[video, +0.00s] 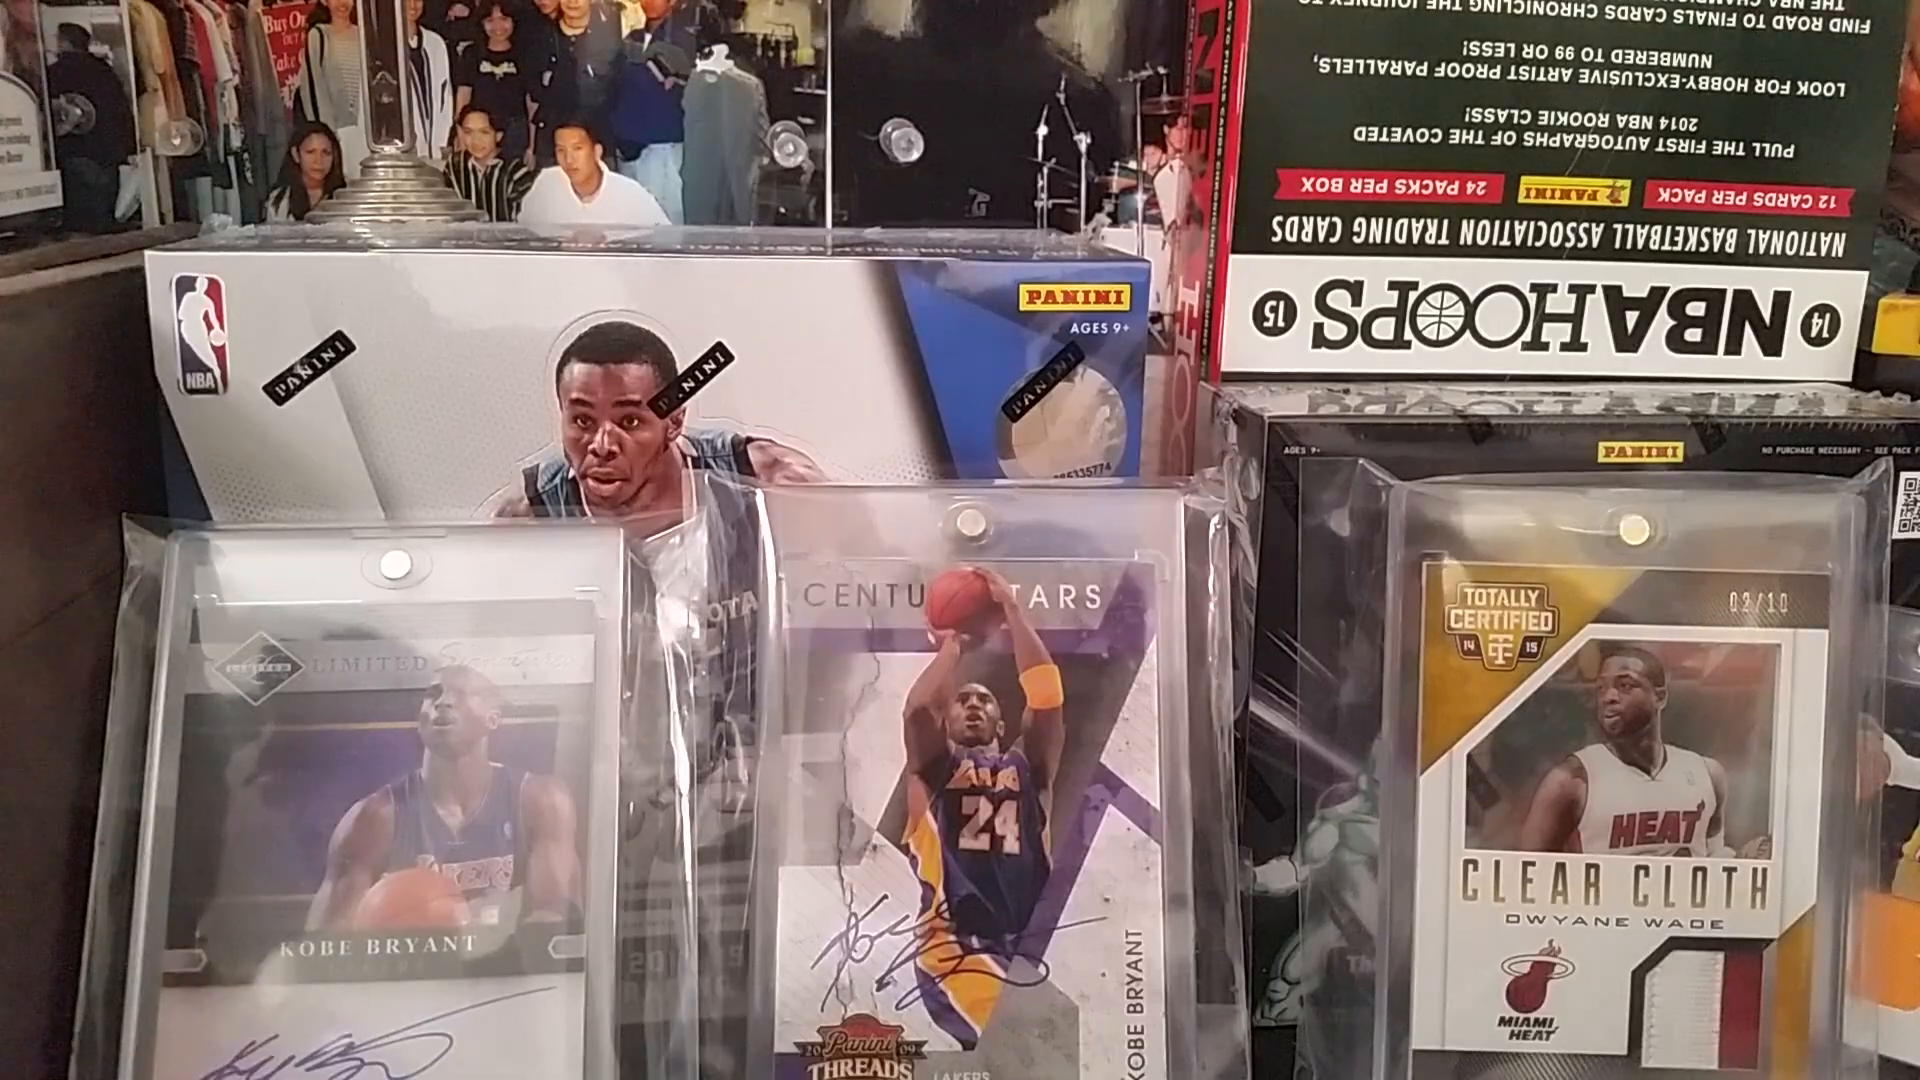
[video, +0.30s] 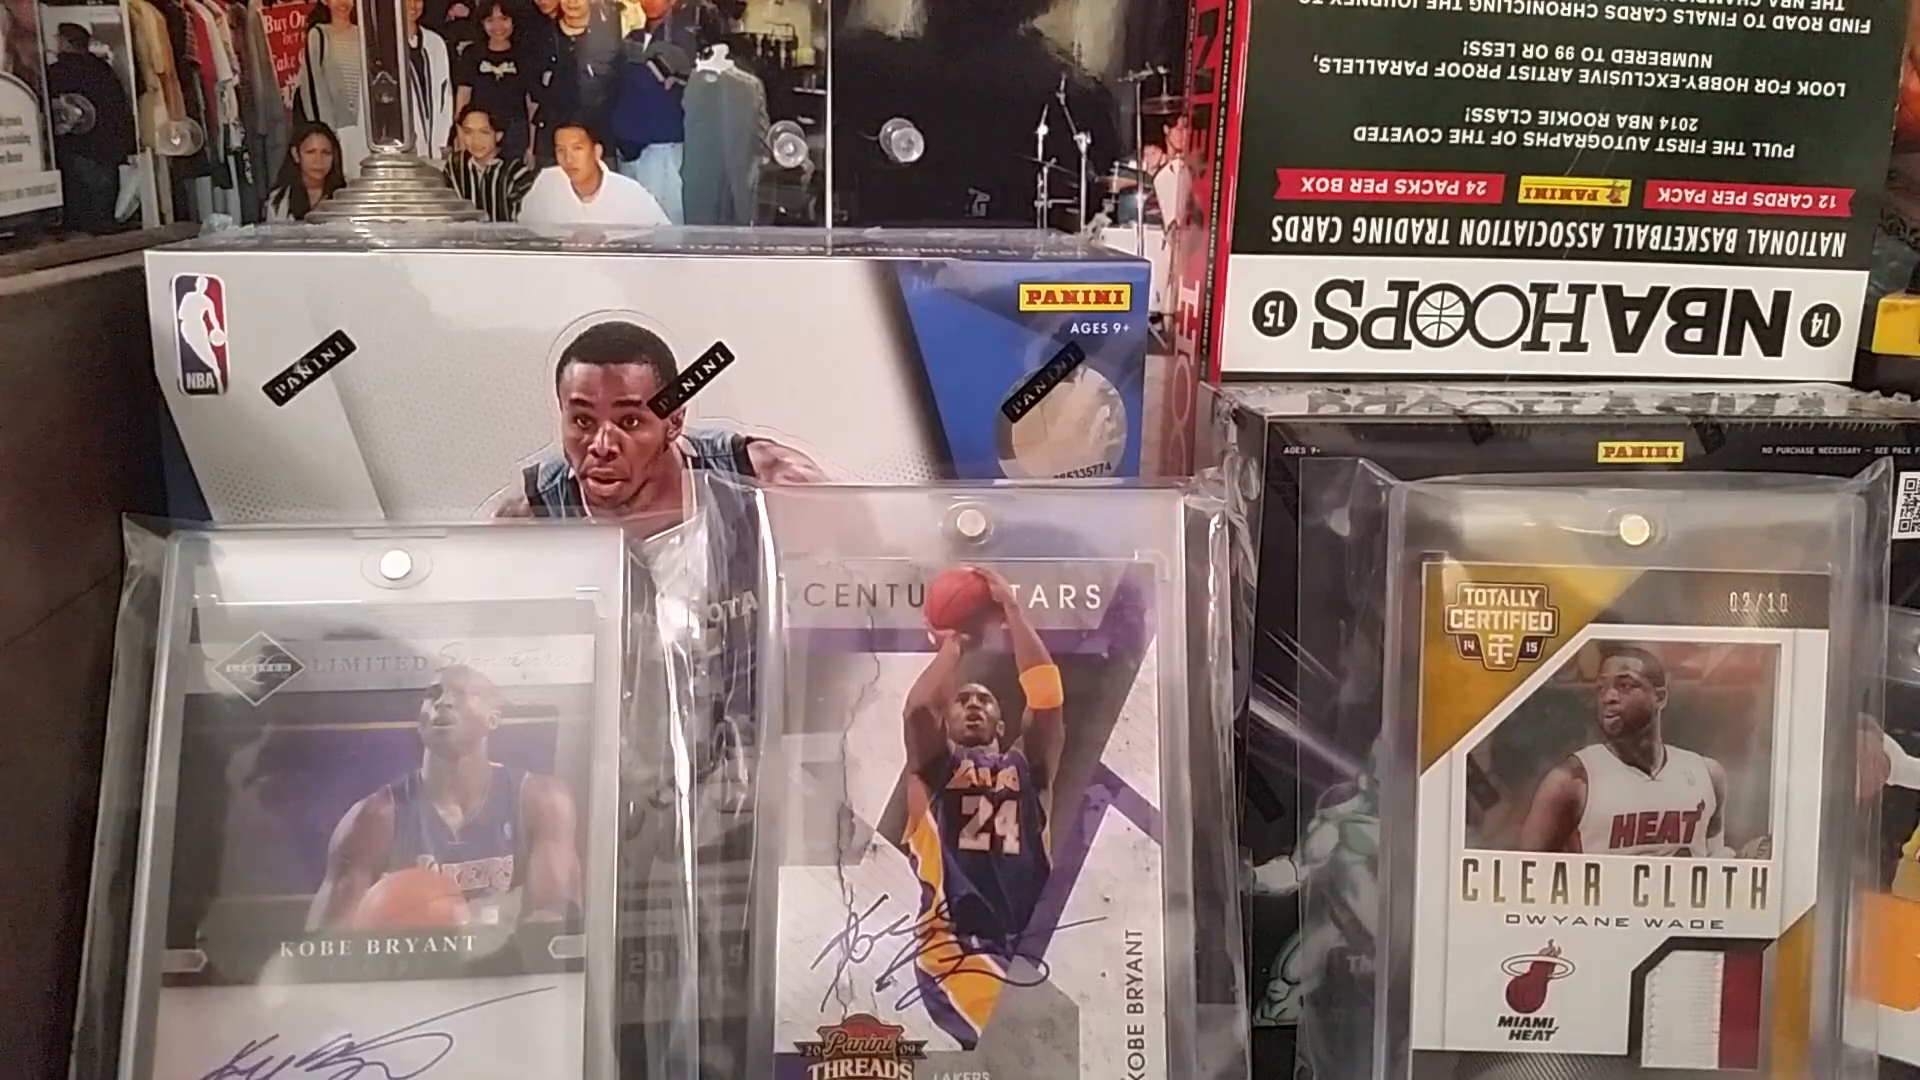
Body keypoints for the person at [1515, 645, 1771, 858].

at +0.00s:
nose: (1608, 697)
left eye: (1625, 685)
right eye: (1602, 688)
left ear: (1660, 698)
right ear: (1595, 697)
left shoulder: (1708, 777)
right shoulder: (1569, 782)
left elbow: (1715, 856)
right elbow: (1524, 879)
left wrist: (1746, 860)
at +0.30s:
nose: (1608, 697)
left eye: (1625, 685)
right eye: (1601, 688)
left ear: (1660, 698)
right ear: (1595, 697)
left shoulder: (1708, 776)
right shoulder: (1569, 783)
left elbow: (1715, 856)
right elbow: (1524, 879)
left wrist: (1745, 860)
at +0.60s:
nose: (1608, 697)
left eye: (1625, 685)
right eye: (1601, 688)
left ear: (1660, 698)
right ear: (1594, 697)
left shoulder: (1708, 776)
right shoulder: (1568, 783)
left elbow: (1715, 856)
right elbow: (1524, 878)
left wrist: (1747, 860)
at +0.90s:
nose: (1611, 697)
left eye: (1629, 685)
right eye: (1605, 688)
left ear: (1664, 697)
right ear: (1598, 697)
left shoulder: (1712, 776)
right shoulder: (1573, 782)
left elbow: (1719, 858)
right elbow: (1528, 878)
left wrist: (1751, 860)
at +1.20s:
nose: (1621, 691)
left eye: (1638, 679)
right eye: (1615, 682)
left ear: (1673, 693)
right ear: (1608, 690)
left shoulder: (1722, 771)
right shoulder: (1583, 775)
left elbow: (1727, 855)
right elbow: (1537, 871)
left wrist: (1756, 854)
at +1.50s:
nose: (1566, 676)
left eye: (1582, 665)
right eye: (1560, 665)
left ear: (1616, 677)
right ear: (1550, 674)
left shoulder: (1666, 752)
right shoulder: (1531, 753)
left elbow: (1697, 829)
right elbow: (1485, 838)